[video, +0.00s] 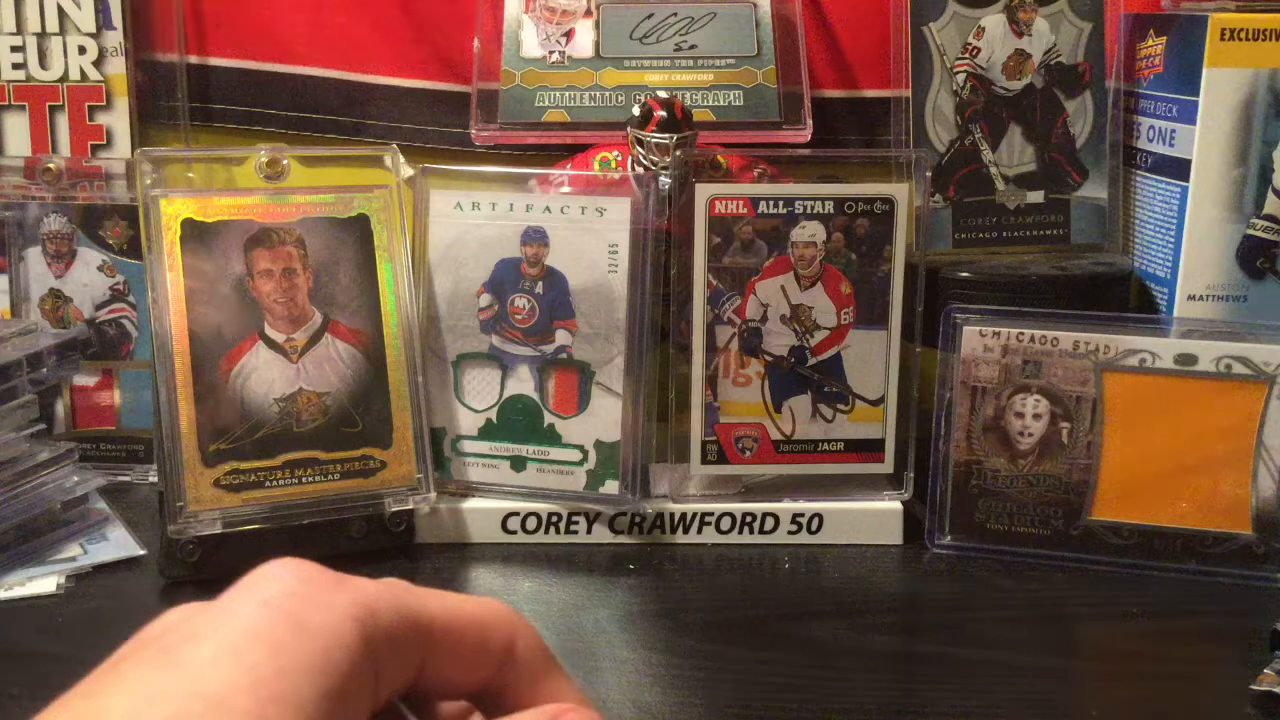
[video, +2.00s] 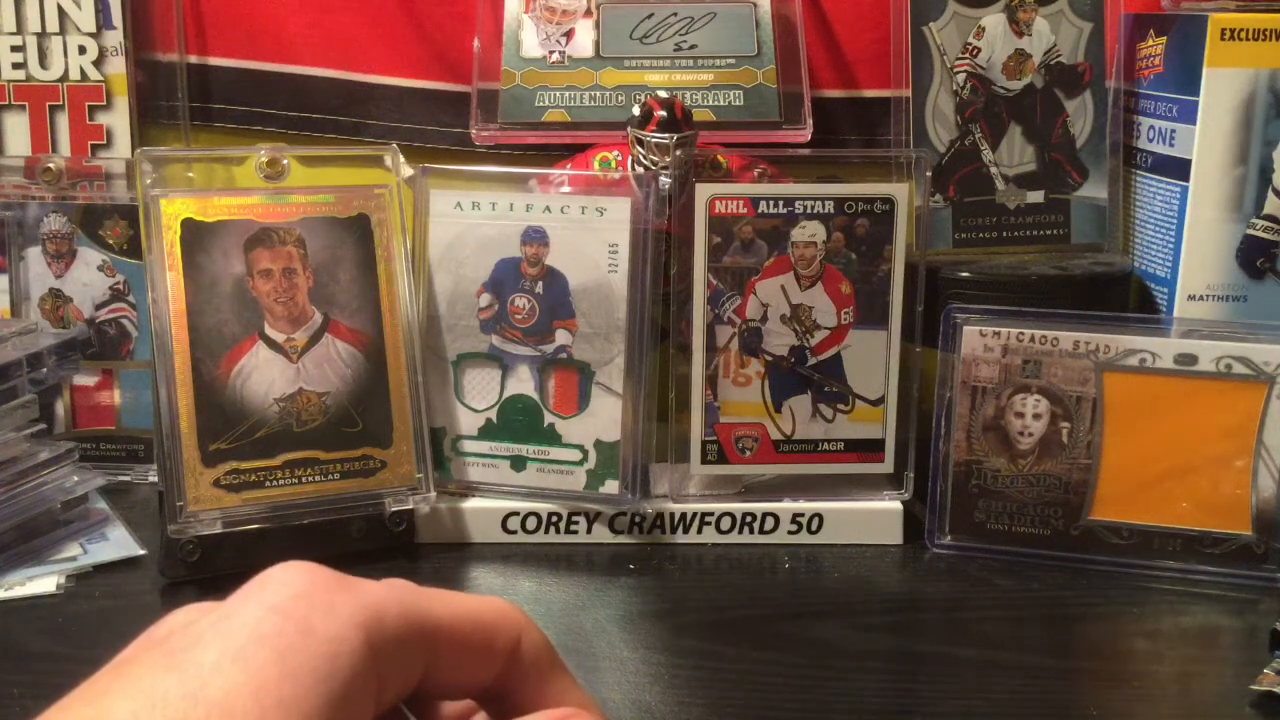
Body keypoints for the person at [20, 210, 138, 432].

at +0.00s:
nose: (57, 252)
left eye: (63, 244)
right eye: (51, 244)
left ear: (73, 242)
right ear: (42, 243)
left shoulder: (96, 265)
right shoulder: (27, 262)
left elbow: (122, 313)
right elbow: (14, 312)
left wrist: (101, 338)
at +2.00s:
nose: (57, 247)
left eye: (63, 241)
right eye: (51, 241)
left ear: (72, 240)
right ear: (43, 242)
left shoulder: (96, 264)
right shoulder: (28, 261)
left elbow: (121, 306)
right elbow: (14, 309)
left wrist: (107, 335)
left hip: (88, 369)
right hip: (40, 366)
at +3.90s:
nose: (57, 245)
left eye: (62, 239)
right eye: (51, 240)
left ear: (72, 239)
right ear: (43, 241)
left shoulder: (96, 264)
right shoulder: (27, 261)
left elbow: (121, 304)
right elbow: (12, 306)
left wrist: (108, 333)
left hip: (88, 364)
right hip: (40, 362)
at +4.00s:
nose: (57, 245)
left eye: (62, 239)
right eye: (51, 240)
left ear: (72, 239)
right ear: (43, 242)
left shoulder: (95, 264)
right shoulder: (27, 261)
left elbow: (120, 303)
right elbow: (10, 305)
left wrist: (108, 333)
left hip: (88, 362)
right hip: (39, 360)